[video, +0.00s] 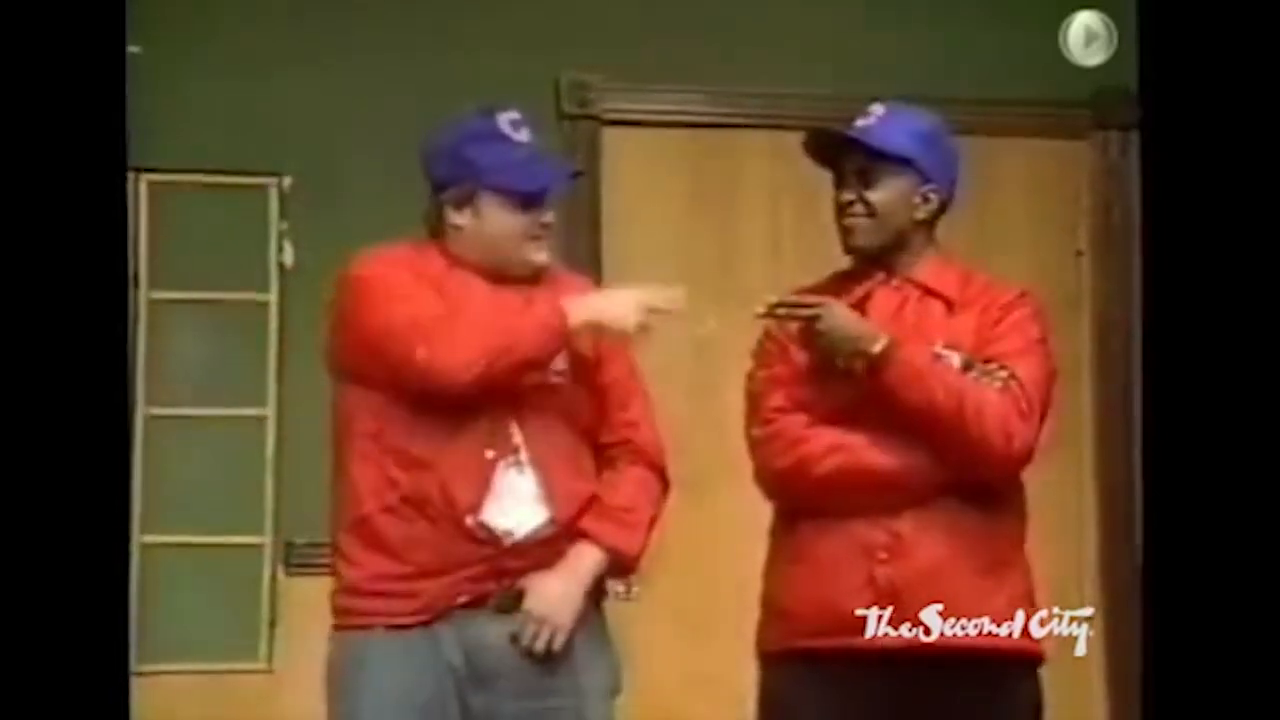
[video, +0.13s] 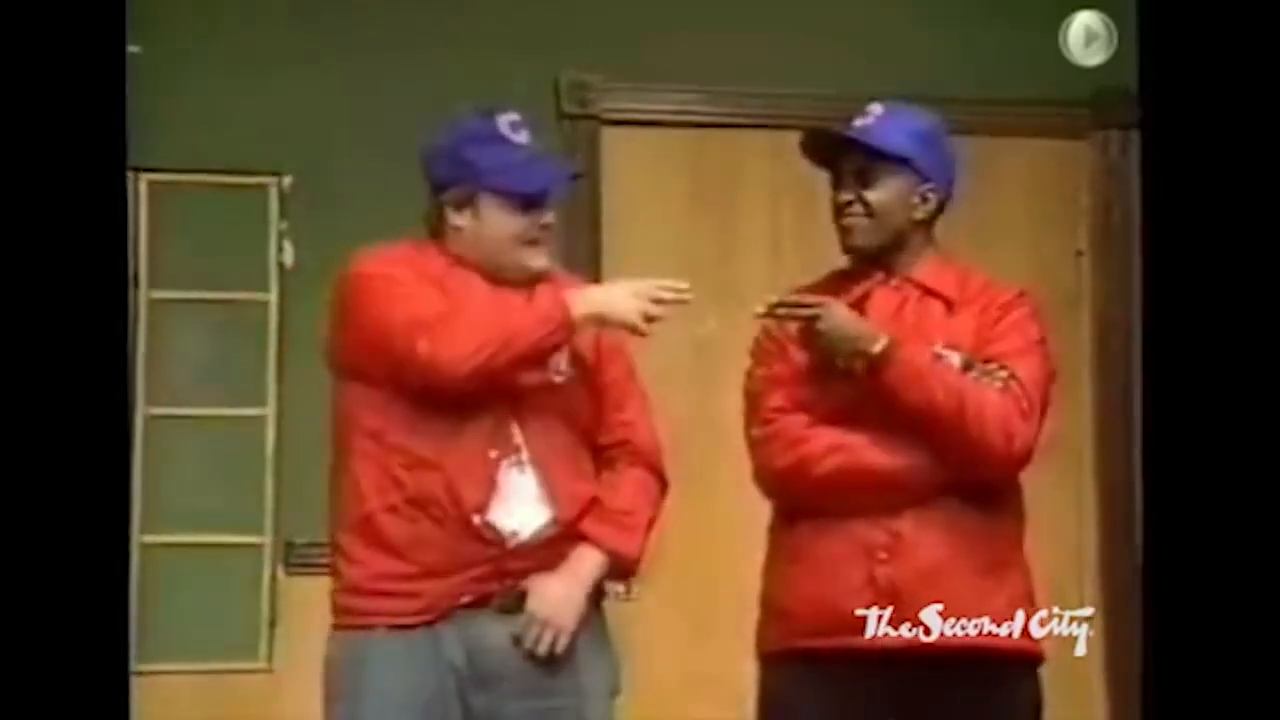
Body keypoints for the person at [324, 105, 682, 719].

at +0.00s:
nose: (547, 217)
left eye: (547, 201)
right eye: (525, 203)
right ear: (459, 211)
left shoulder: (574, 298)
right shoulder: (379, 283)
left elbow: (638, 457)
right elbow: (450, 360)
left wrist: (577, 571)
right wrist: (574, 317)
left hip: (545, 623)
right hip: (397, 634)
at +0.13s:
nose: (546, 219)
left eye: (548, 203)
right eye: (525, 205)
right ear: (458, 213)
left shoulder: (570, 300)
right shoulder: (378, 281)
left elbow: (636, 458)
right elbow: (450, 356)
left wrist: (579, 573)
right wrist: (582, 307)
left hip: (544, 624)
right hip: (397, 636)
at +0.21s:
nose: (546, 218)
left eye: (548, 202)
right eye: (525, 203)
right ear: (457, 211)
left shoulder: (568, 299)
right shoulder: (378, 281)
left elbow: (635, 457)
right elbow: (449, 359)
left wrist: (578, 572)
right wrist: (583, 313)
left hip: (544, 625)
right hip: (397, 636)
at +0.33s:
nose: (545, 218)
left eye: (547, 202)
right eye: (524, 204)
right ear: (456, 211)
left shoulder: (566, 298)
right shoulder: (377, 281)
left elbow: (634, 457)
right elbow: (442, 363)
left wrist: (576, 571)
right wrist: (580, 314)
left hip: (543, 626)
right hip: (395, 636)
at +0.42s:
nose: (543, 217)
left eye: (545, 201)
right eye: (522, 202)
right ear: (454, 209)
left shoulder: (567, 297)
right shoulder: (375, 282)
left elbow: (633, 455)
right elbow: (439, 368)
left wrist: (575, 568)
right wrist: (573, 318)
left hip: (544, 624)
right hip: (395, 635)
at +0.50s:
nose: (541, 215)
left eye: (544, 199)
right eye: (520, 200)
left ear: (552, 200)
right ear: (453, 208)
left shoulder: (569, 296)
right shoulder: (374, 283)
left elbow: (637, 441)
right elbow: (433, 370)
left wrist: (570, 540)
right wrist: (561, 322)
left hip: (547, 625)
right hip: (394, 633)